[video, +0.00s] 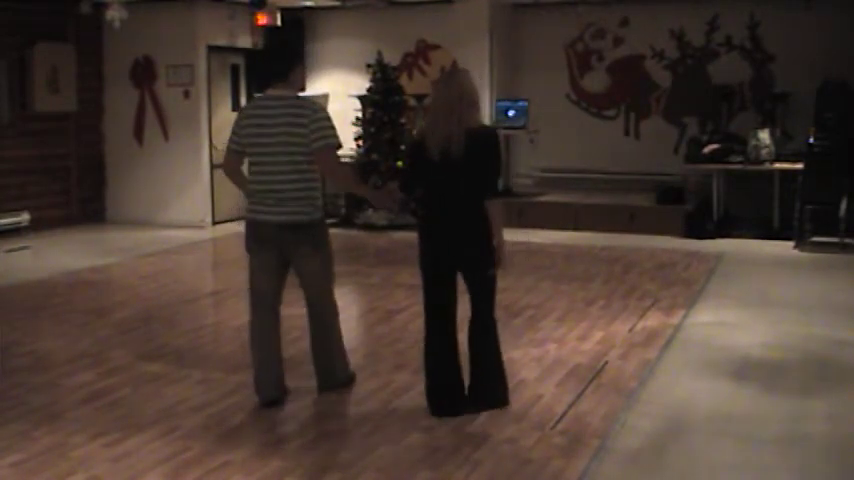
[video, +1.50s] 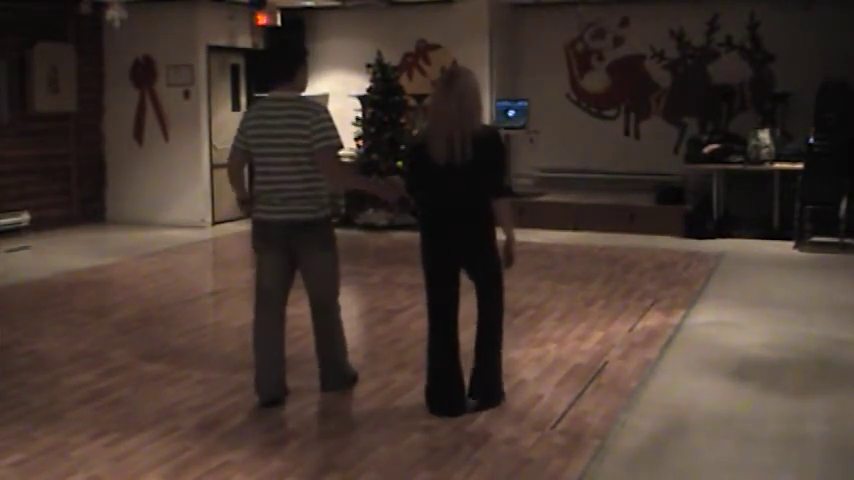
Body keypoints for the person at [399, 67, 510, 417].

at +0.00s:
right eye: (472, 95)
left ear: (436, 100)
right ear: (473, 99)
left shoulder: (423, 141)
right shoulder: (484, 138)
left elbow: (410, 192)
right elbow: (491, 197)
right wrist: (499, 242)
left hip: (434, 242)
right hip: (474, 239)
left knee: (439, 318)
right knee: (483, 313)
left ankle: (443, 397)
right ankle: (487, 392)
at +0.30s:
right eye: (472, 98)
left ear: (435, 103)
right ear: (474, 102)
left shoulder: (421, 143)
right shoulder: (484, 139)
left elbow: (411, 194)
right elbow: (496, 196)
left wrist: (426, 218)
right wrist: (508, 237)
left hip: (434, 242)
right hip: (475, 240)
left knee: (439, 318)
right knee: (487, 310)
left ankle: (443, 396)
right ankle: (488, 390)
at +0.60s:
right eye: (473, 97)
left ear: (435, 102)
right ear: (475, 101)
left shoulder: (421, 143)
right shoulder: (485, 140)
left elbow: (412, 193)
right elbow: (495, 196)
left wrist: (428, 217)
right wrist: (505, 236)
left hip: (435, 242)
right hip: (475, 240)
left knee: (440, 320)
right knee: (484, 318)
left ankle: (442, 395)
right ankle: (485, 391)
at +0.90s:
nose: (474, 104)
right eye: (473, 98)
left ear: (435, 102)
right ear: (474, 101)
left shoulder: (421, 143)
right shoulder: (484, 140)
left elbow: (413, 194)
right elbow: (495, 196)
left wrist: (427, 219)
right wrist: (505, 237)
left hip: (434, 243)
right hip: (474, 241)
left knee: (439, 319)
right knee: (482, 315)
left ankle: (442, 396)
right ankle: (485, 391)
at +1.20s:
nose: (474, 103)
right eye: (473, 96)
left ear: (436, 101)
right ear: (474, 101)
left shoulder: (422, 143)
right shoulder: (485, 139)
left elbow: (414, 195)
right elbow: (497, 195)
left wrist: (429, 221)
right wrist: (507, 237)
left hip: (435, 242)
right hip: (475, 240)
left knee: (440, 316)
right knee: (490, 307)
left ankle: (443, 396)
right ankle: (488, 390)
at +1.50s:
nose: (475, 103)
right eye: (474, 97)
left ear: (437, 101)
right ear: (475, 101)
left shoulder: (421, 145)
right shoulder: (486, 140)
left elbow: (415, 196)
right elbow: (498, 195)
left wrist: (430, 223)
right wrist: (509, 237)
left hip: (436, 243)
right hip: (477, 241)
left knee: (441, 317)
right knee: (491, 309)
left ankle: (443, 396)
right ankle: (486, 389)